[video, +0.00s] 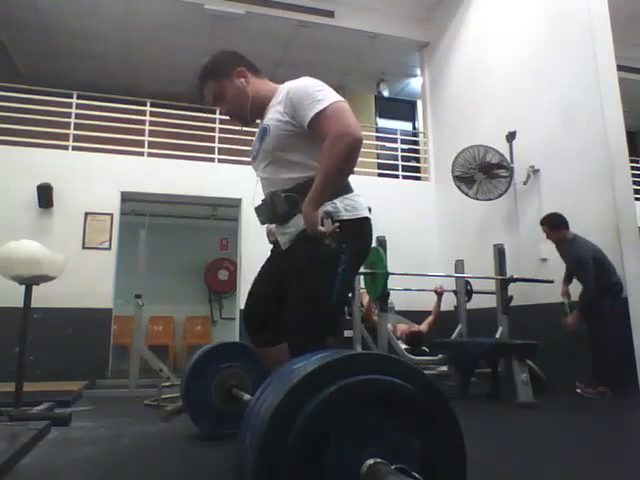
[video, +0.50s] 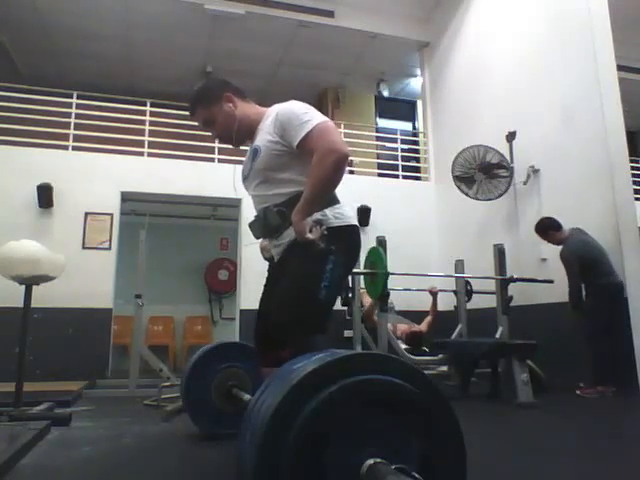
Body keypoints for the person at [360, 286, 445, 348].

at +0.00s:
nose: (413, 326)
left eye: (411, 330)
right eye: (415, 328)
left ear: (401, 337)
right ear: (416, 328)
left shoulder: (385, 333)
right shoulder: (420, 331)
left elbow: (368, 318)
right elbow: (434, 317)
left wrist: (370, 298)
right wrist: (439, 298)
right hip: (390, 313)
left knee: (363, 294)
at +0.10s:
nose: (413, 326)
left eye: (411, 330)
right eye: (415, 328)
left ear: (402, 337)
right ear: (417, 329)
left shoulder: (386, 333)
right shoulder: (421, 331)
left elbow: (369, 319)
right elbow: (434, 317)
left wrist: (370, 301)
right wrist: (439, 297)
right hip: (390, 314)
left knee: (364, 295)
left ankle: (360, 292)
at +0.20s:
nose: (412, 327)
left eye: (410, 331)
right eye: (414, 329)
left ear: (402, 338)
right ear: (416, 329)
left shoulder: (387, 333)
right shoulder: (420, 331)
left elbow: (368, 318)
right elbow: (432, 317)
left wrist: (373, 300)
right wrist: (436, 298)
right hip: (390, 314)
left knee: (364, 294)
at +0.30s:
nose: (411, 327)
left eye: (410, 330)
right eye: (414, 328)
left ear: (402, 338)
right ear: (416, 329)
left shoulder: (388, 334)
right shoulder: (421, 331)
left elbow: (368, 318)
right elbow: (431, 316)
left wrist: (375, 301)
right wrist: (435, 297)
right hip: (390, 314)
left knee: (364, 294)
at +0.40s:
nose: (412, 327)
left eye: (410, 330)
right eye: (414, 329)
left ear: (403, 338)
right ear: (417, 330)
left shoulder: (388, 334)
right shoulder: (421, 331)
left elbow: (367, 318)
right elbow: (431, 316)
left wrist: (376, 301)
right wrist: (435, 297)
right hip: (390, 314)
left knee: (363, 294)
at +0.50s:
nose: (412, 327)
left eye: (410, 330)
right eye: (414, 329)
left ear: (403, 338)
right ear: (416, 329)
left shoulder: (387, 334)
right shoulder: (421, 331)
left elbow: (367, 317)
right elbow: (432, 316)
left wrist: (376, 301)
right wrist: (434, 297)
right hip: (390, 314)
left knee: (364, 294)